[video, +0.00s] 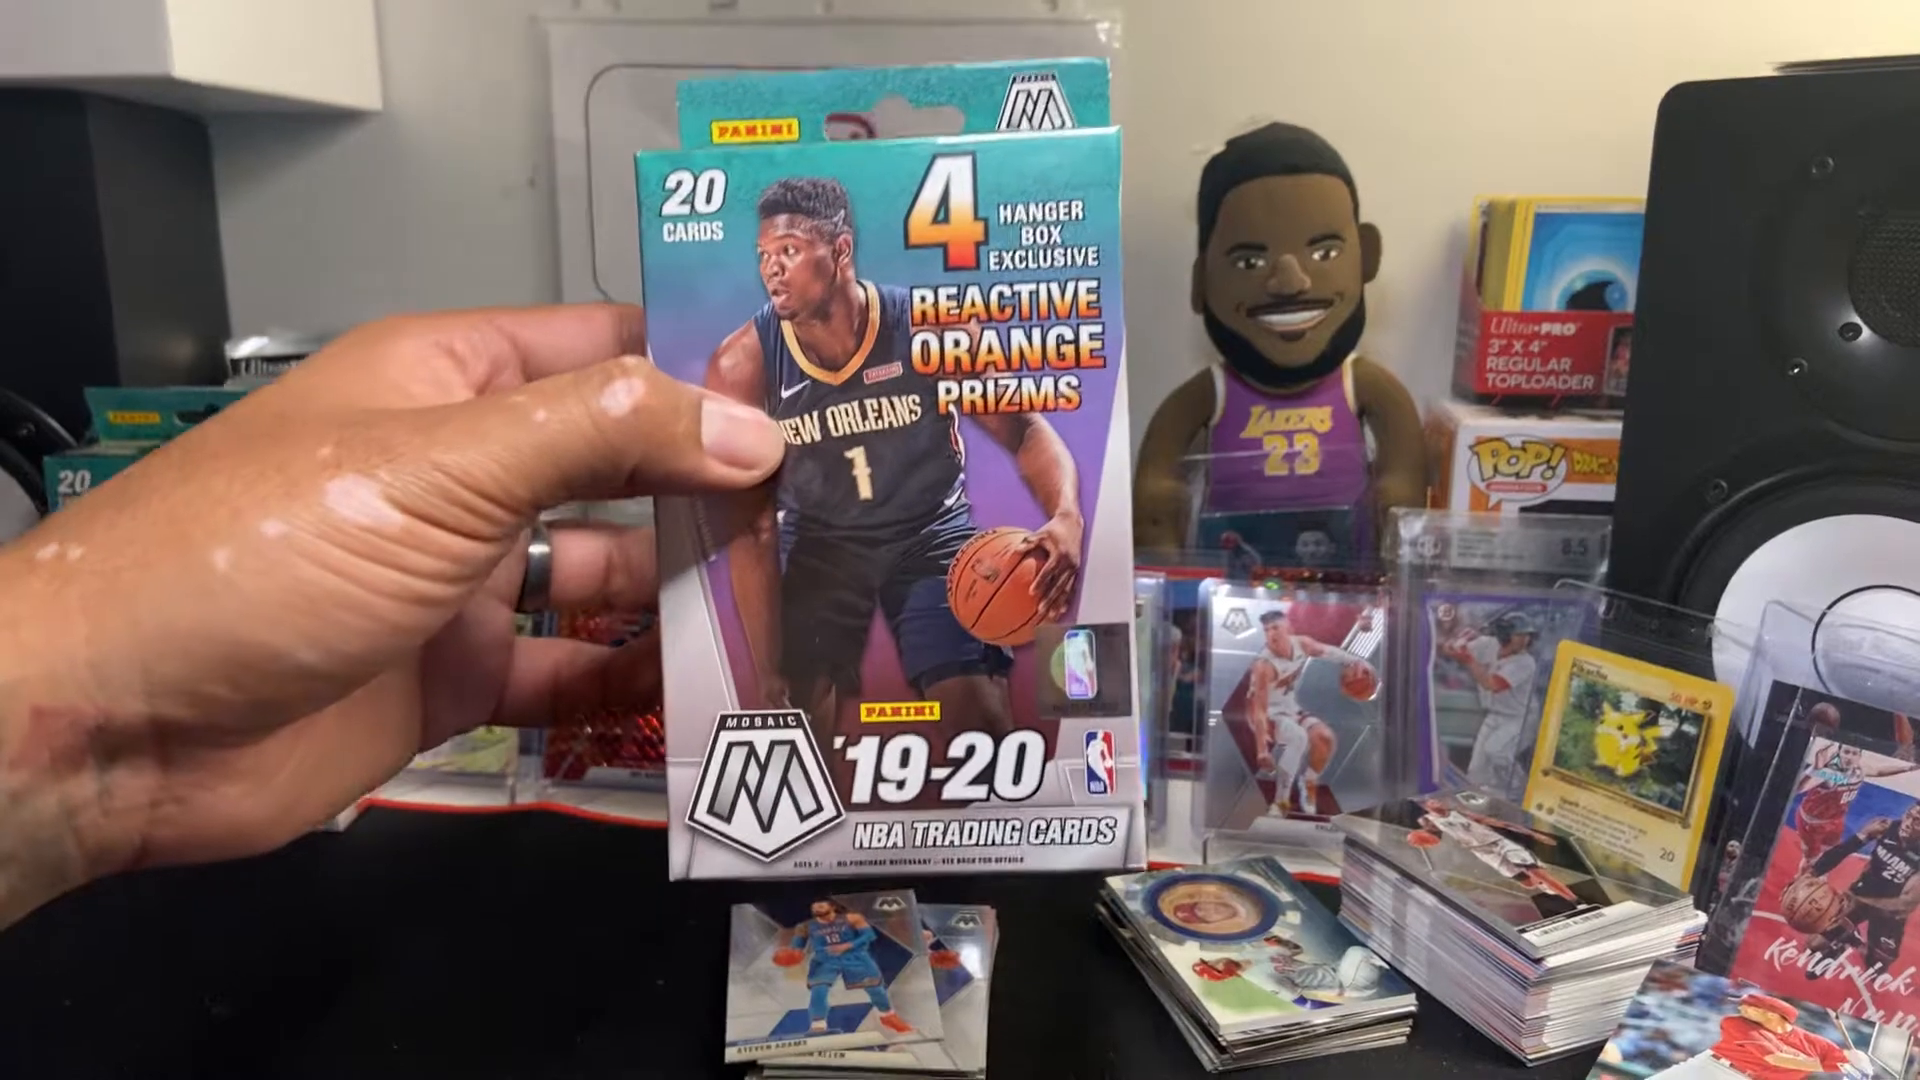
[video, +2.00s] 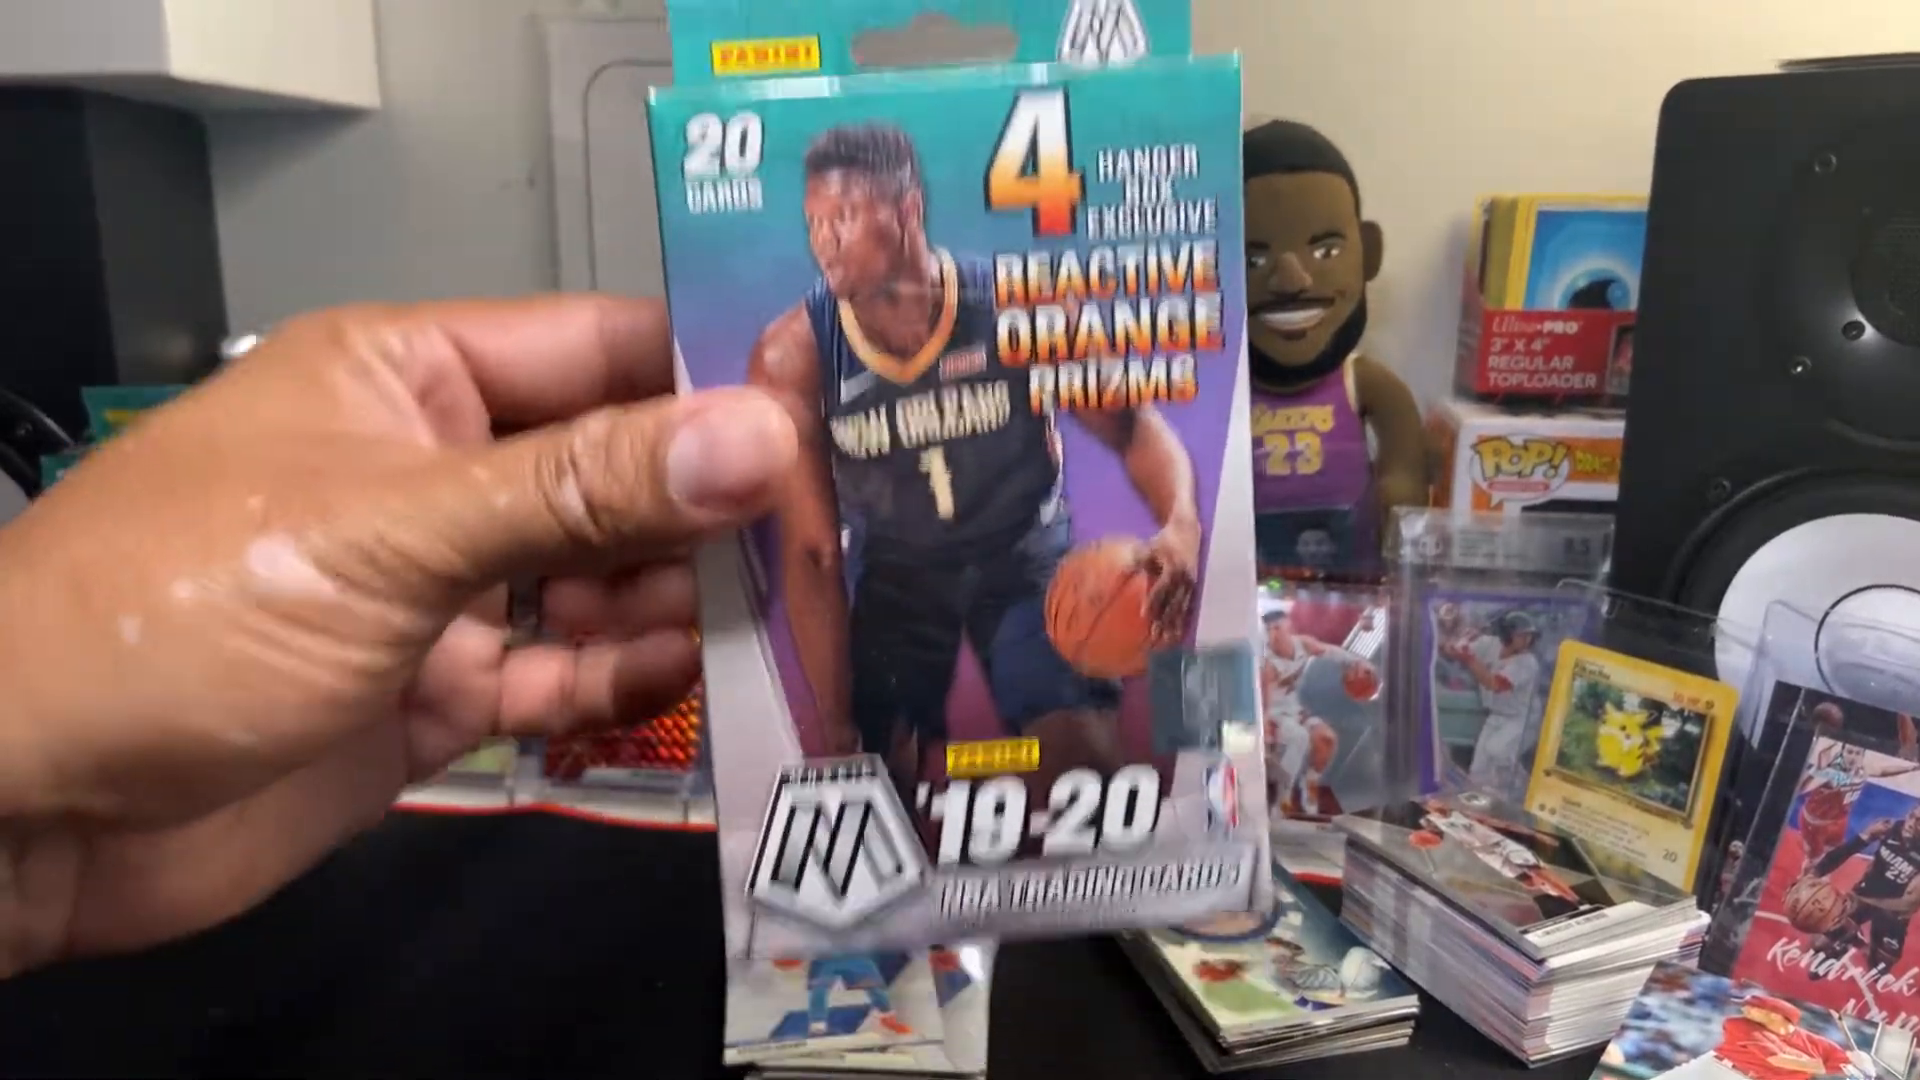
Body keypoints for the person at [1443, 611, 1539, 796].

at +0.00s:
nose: (1526, 640)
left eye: (1527, 636)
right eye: (1521, 635)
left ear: (1529, 638)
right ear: (1507, 636)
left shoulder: (1526, 663)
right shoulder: (1488, 644)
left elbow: (1494, 684)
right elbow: (1451, 650)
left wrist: (1470, 661)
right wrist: (1456, 645)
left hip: (1519, 720)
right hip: (1494, 717)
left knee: (1494, 751)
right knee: (1477, 768)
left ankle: (1521, 791)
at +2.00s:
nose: (1527, 641)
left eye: (1529, 636)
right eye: (1522, 636)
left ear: (1532, 638)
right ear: (1509, 636)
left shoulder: (1528, 662)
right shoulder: (1490, 645)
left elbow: (1496, 684)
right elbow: (1458, 651)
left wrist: (1470, 660)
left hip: (1517, 721)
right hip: (1495, 717)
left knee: (1497, 752)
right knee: (1479, 762)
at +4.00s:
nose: (1527, 641)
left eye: (1530, 637)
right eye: (1523, 635)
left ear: (1533, 639)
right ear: (1510, 635)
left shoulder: (1528, 663)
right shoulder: (1491, 646)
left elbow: (1497, 685)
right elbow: (1457, 651)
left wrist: (1471, 661)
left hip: (1518, 722)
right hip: (1495, 718)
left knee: (1496, 752)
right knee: (1479, 763)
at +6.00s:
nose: (1531, 642)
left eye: (1534, 637)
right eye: (1527, 635)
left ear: (1536, 640)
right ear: (1517, 635)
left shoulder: (1532, 663)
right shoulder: (1495, 648)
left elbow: (1503, 685)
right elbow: (1464, 652)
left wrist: (1476, 665)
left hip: (1524, 722)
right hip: (1500, 719)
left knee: (1500, 753)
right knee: (1483, 763)